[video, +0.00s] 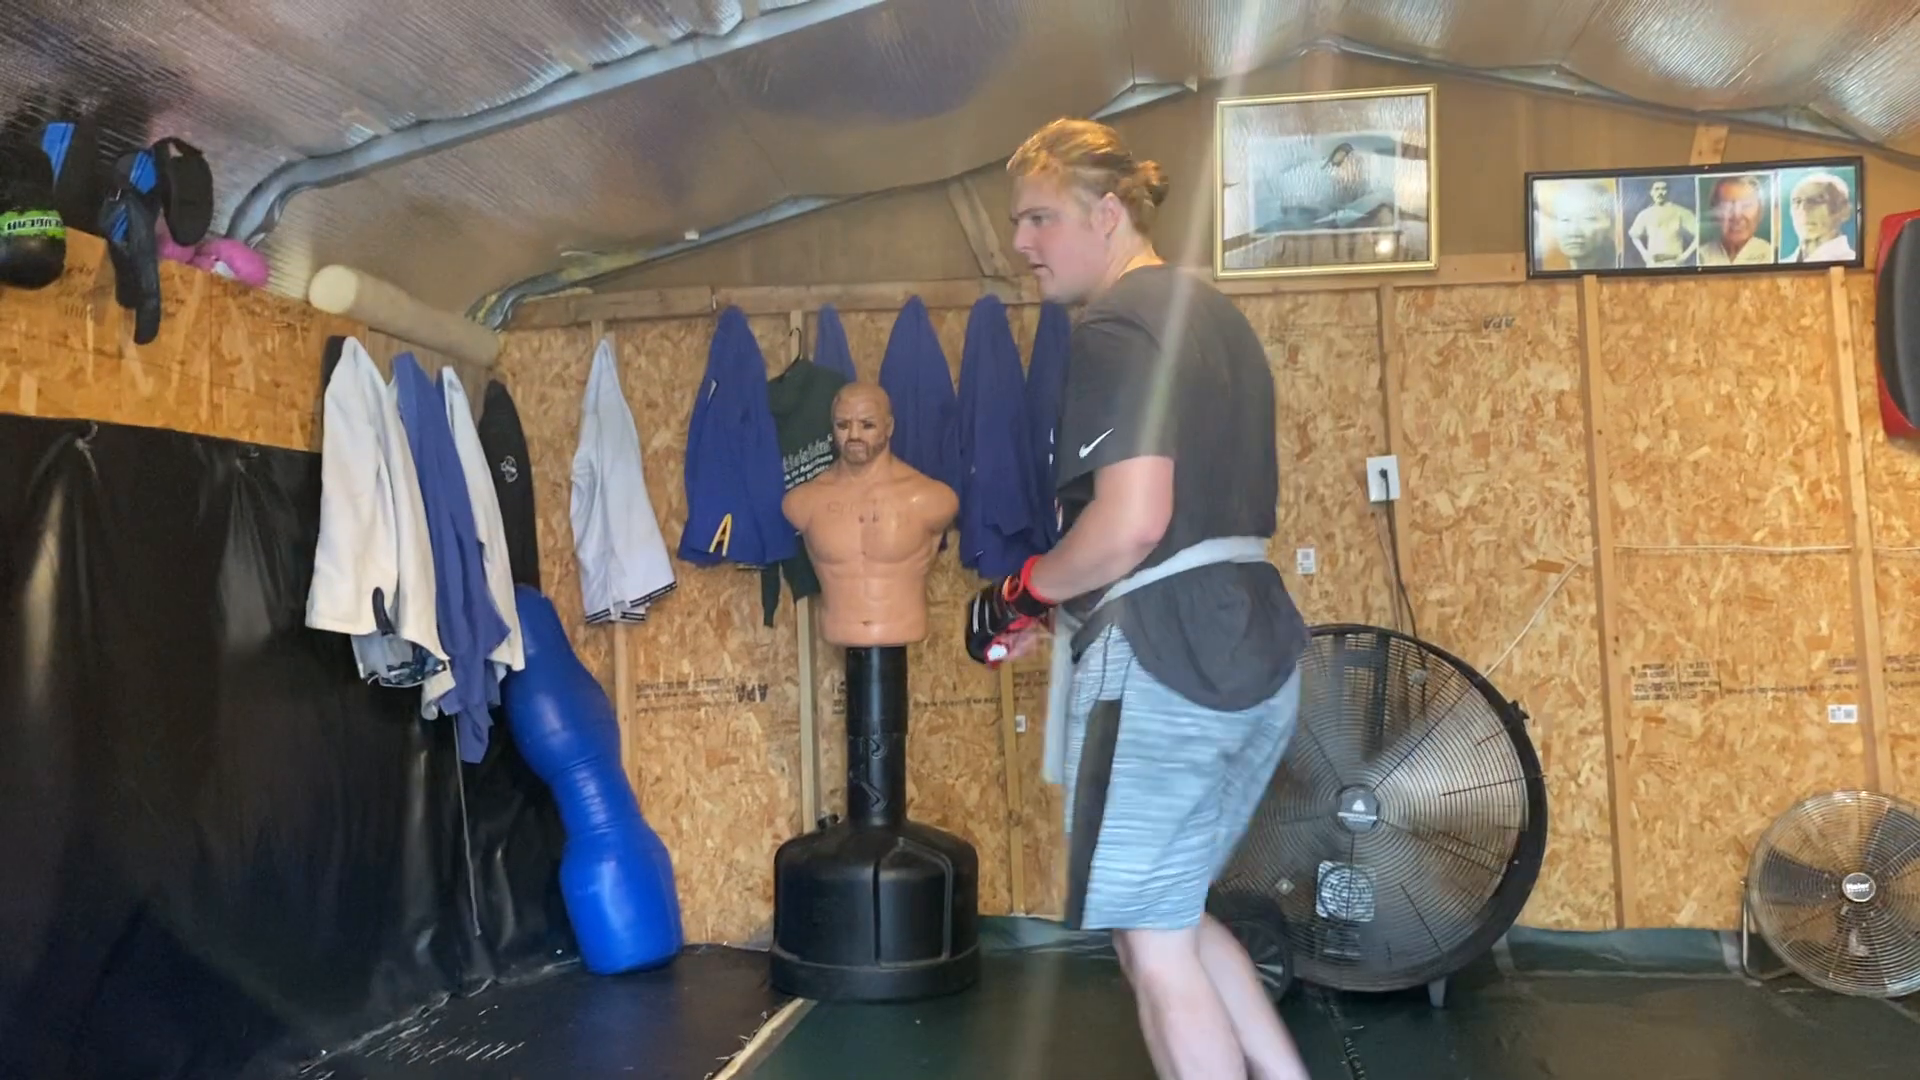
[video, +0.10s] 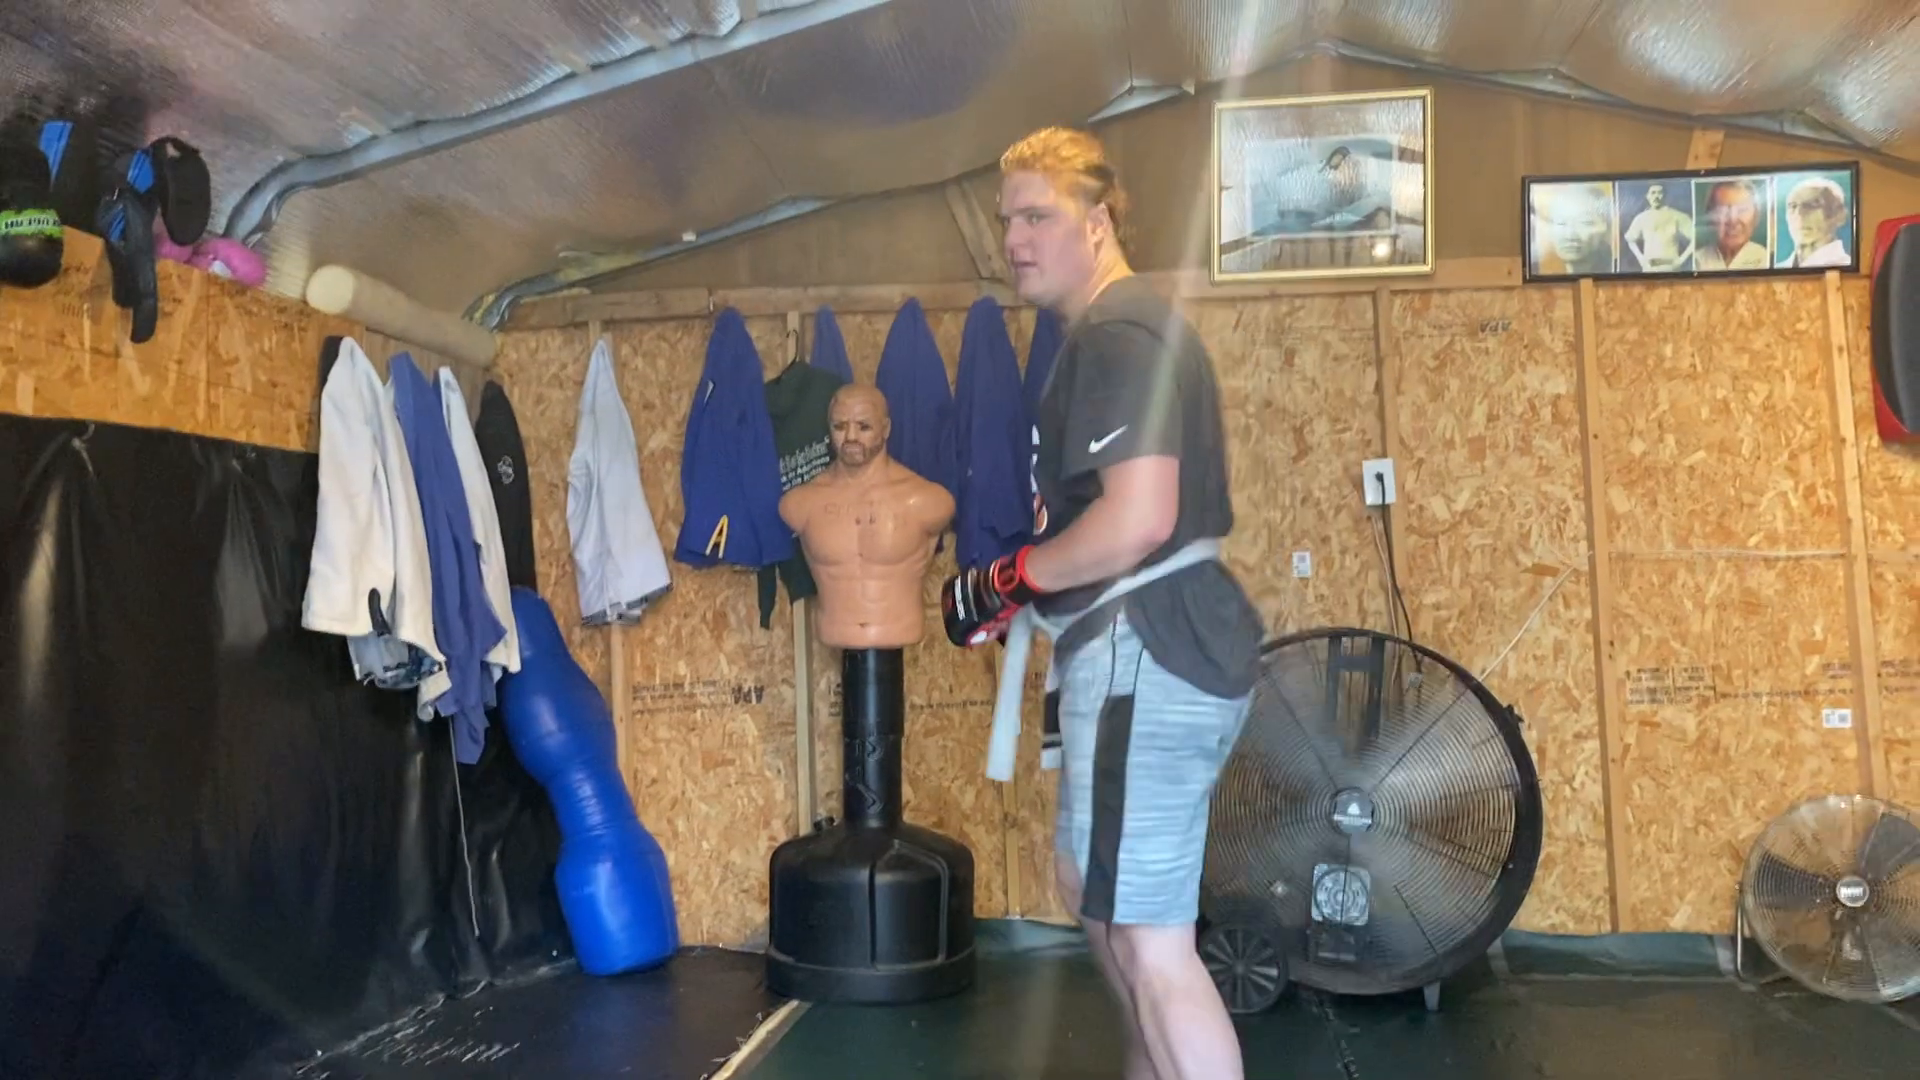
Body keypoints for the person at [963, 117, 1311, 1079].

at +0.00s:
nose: (1023, 243)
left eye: (1040, 219)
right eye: (1019, 222)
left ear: (1108, 213)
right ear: (1110, 218)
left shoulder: (1125, 320)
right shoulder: (1203, 306)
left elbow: (1133, 518)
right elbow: (1178, 510)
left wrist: (1030, 587)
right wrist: (1052, 599)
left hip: (1176, 648)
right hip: (1243, 637)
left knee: (1149, 922)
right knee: (1173, 905)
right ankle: (1283, 1072)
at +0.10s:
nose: (1014, 239)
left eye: (1036, 217)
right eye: (1006, 221)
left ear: (1101, 220)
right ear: (1006, 233)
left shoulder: (1127, 326)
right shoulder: (1085, 337)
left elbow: (1142, 515)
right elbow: (1090, 513)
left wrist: (1010, 579)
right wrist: (1012, 581)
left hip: (1156, 642)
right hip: (1108, 643)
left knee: (1151, 934)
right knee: (1094, 899)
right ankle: (1154, 1066)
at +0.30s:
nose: (962, 287)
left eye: (983, 268)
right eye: (950, 270)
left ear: (1029, 275)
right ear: (936, 283)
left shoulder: (1079, 384)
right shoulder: (958, 407)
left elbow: (1133, 540)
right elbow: (943, 556)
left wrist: (992, 606)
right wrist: (900, 623)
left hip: (1073, 679)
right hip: (989, 686)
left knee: (1058, 942)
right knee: (993, 922)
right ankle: (1021, 1073)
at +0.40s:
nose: (910, 273)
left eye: (930, 255)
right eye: (896, 256)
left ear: (971, 266)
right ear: (879, 269)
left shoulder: (1027, 377)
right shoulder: (884, 385)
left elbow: (1095, 516)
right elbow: (875, 527)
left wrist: (994, 588)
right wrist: (822, 595)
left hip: (1021, 664)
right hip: (930, 670)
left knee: (1012, 913)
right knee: (958, 895)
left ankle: (1106, 1074)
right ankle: (977, 1073)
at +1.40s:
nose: (909, 259)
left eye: (928, 245)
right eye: (890, 244)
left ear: (955, 264)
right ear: (865, 263)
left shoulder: (1005, 378)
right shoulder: (810, 372)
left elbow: (1059, 513)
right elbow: (777, 497)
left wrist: (1007, 545)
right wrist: (788, 549)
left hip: (976, 657)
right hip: (848, 652)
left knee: (1007, 895)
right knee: (812, 906)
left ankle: (1034, 1072)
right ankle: (862, 1051)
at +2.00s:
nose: (776, 239)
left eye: (793, 222)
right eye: (755, 223)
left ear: (821, 239)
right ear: (725, 241)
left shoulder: (886, 355)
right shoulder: (676, 369)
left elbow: (946, 484)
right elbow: (635, 511)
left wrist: (917, 550)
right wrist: (671, 570)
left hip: (886, 653)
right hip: (750, 658)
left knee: (952, 899)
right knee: (766, 922)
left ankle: (1006, 1074)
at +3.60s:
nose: (895, 228)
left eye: (914, 213)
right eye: (876, 210)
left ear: (939, 235)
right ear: (844, 229)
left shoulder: (985, 362)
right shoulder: (782, 341)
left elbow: (1030, 496)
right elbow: (724, 483)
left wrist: (1012, 554)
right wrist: (761, 557)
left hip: (943, 655)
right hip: (806, 648)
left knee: (945, 914)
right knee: (788, 913)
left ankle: (953, 1079)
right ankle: (752, 1076)